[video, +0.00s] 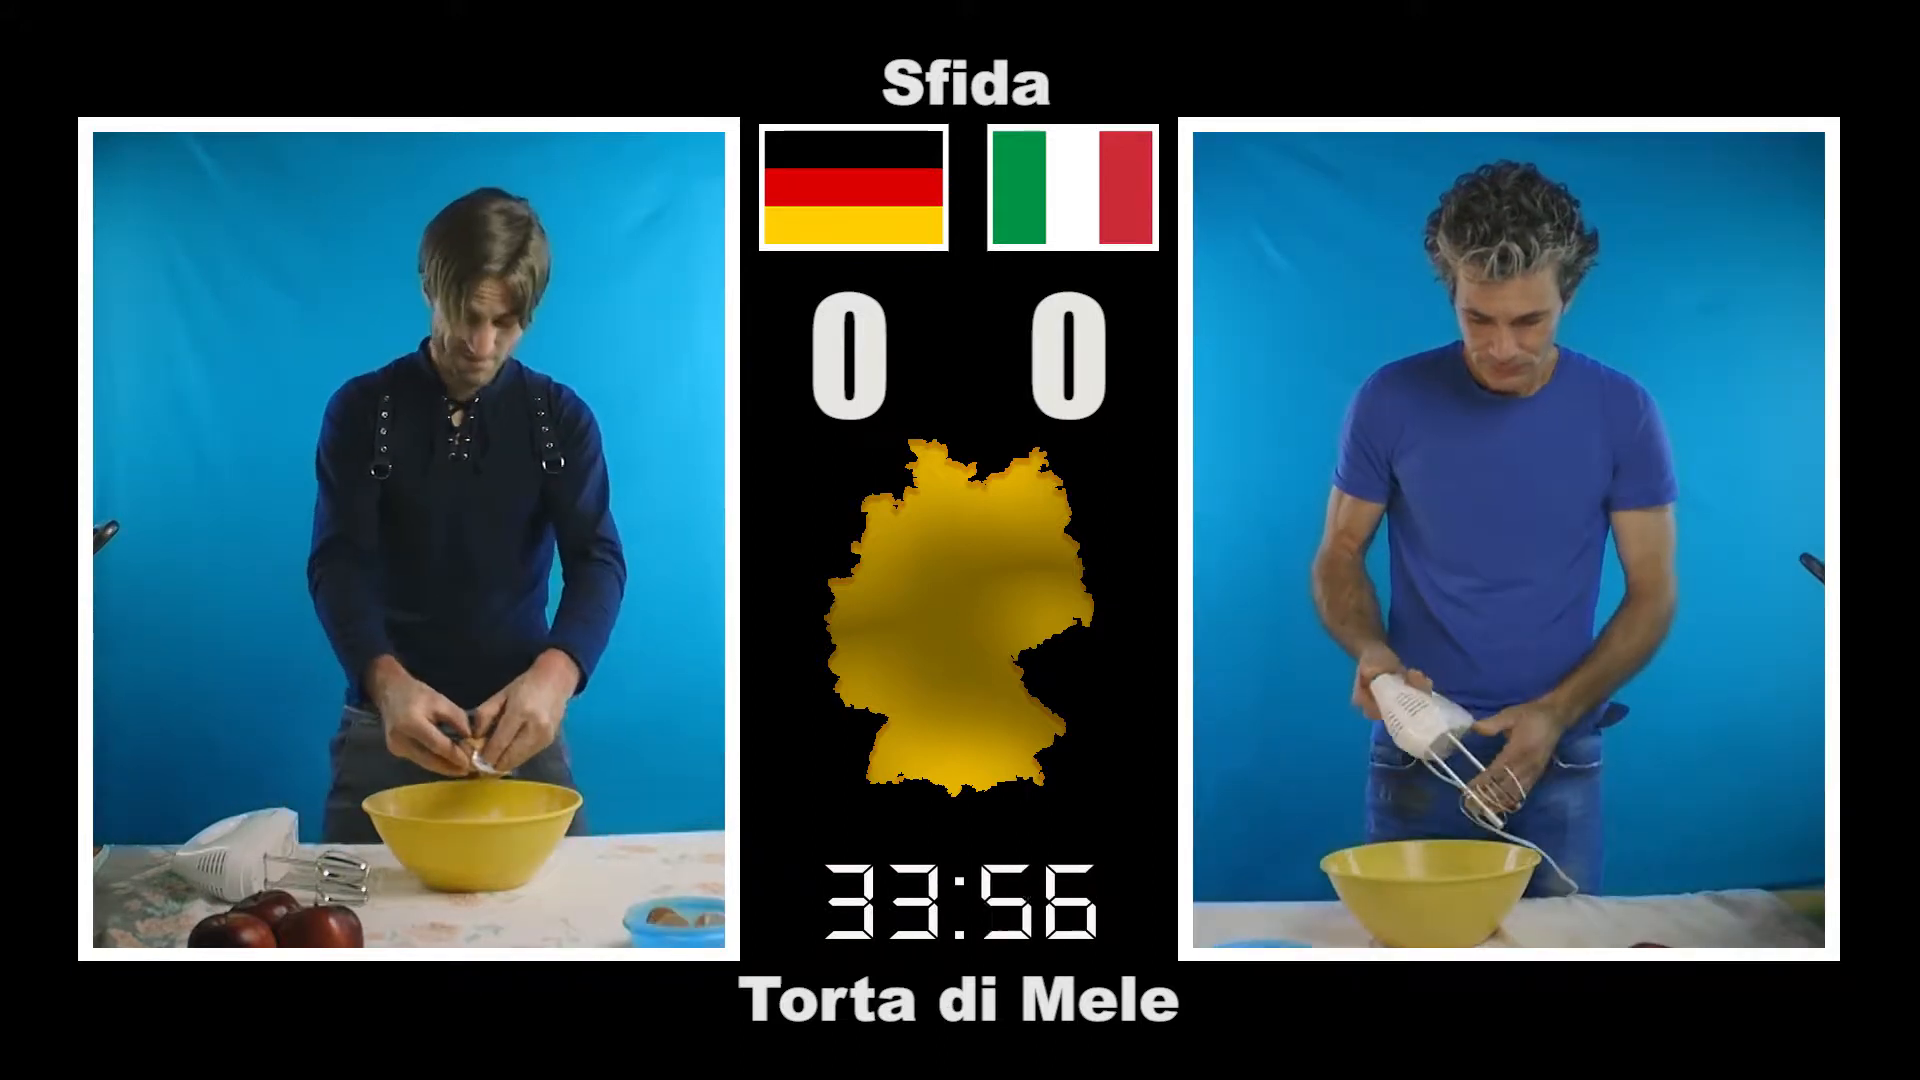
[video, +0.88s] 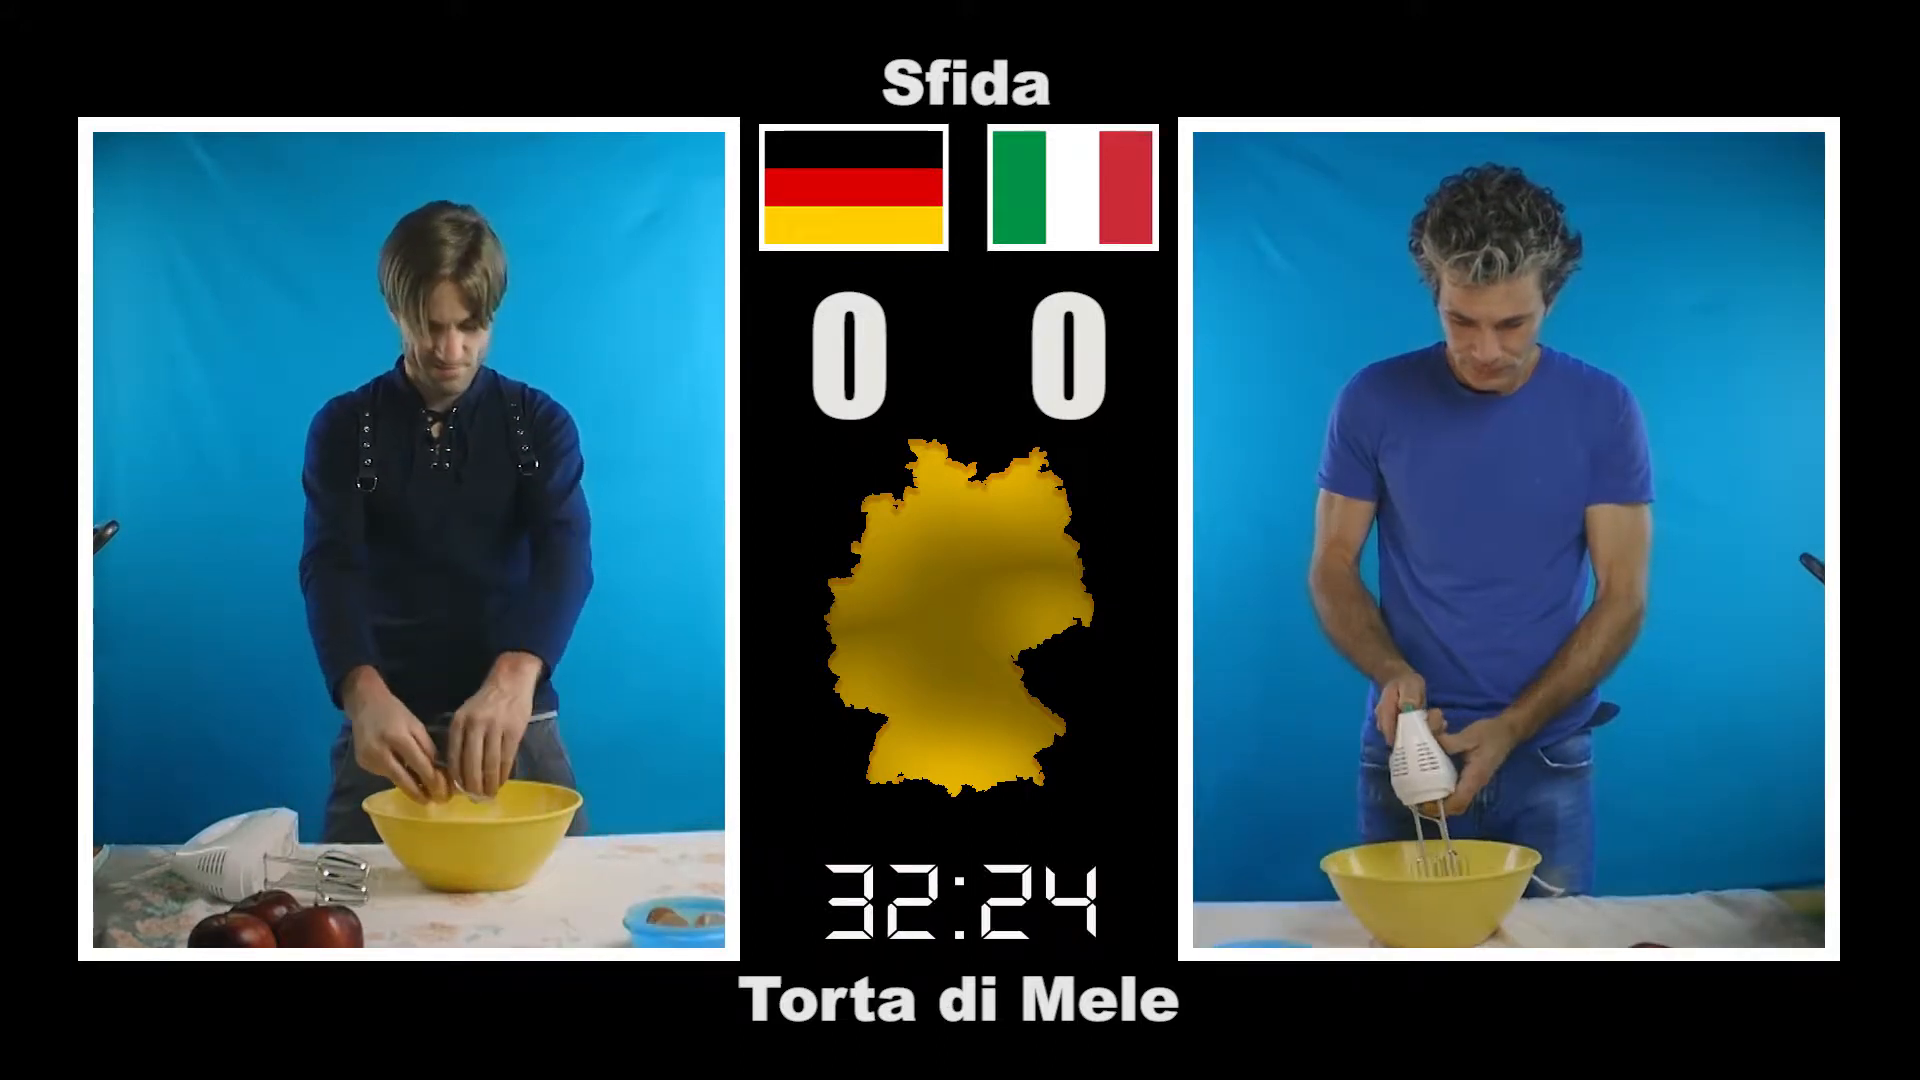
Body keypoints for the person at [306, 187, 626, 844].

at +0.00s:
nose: (483, 344)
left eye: (505, 322)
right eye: (467, 319)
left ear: (528, 312)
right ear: (433, 296)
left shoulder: (559, 421)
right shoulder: (363, 412)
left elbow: (597, 560)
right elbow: (336, 560)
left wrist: (556, 675)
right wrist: (386, 680)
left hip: (523, 734)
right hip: (388, 735)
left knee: (546, 933)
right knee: (365, 933)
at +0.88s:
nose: (451, 348)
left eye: (470, 326)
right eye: (431, 326)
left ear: (492, 316)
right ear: (398, 312)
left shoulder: (539, 426)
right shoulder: (345, 429)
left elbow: (565, 558)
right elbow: (328, 566)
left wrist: (512, 679)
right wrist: (363, 692)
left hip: (515, 738)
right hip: (385, 741)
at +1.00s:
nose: (450, 308)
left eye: (449, 286)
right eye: (428, 292)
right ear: (354, 306)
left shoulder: (474, 405)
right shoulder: (277, 416)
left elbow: (517, 552)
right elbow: (216, 554)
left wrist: (550, 688)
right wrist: (225, 604)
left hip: (457, 742)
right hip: (326, 750)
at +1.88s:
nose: (516, 315)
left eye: (529, 292)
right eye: (497, 292)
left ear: (540, 287)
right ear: (434, 282)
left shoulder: (554, 414)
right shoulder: (356, 407)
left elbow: (596, 562)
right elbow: (288, 547)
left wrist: (607, 684)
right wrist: (299, 589)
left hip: (523, 747)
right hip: (387, 745)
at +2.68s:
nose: (458, 323)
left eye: (469, 300)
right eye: (440, 298)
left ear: (478, 294)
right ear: (370, 283)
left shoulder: (475, 406)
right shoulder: (283, 408)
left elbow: (509, 562)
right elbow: (205, 577)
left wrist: (559, 689)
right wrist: (284, 615)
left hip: (457, 741)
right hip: (327, 750)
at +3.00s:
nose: (379, 348)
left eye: (403, 328)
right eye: (364, 322)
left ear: (428, 314)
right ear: (336, 292)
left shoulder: (459, 422)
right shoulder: (264, 406)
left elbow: (509, 568)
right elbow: (222, 570)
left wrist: (506, 704)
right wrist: (298, 650)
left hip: (428, 731)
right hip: (294, 731)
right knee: (288, 933)